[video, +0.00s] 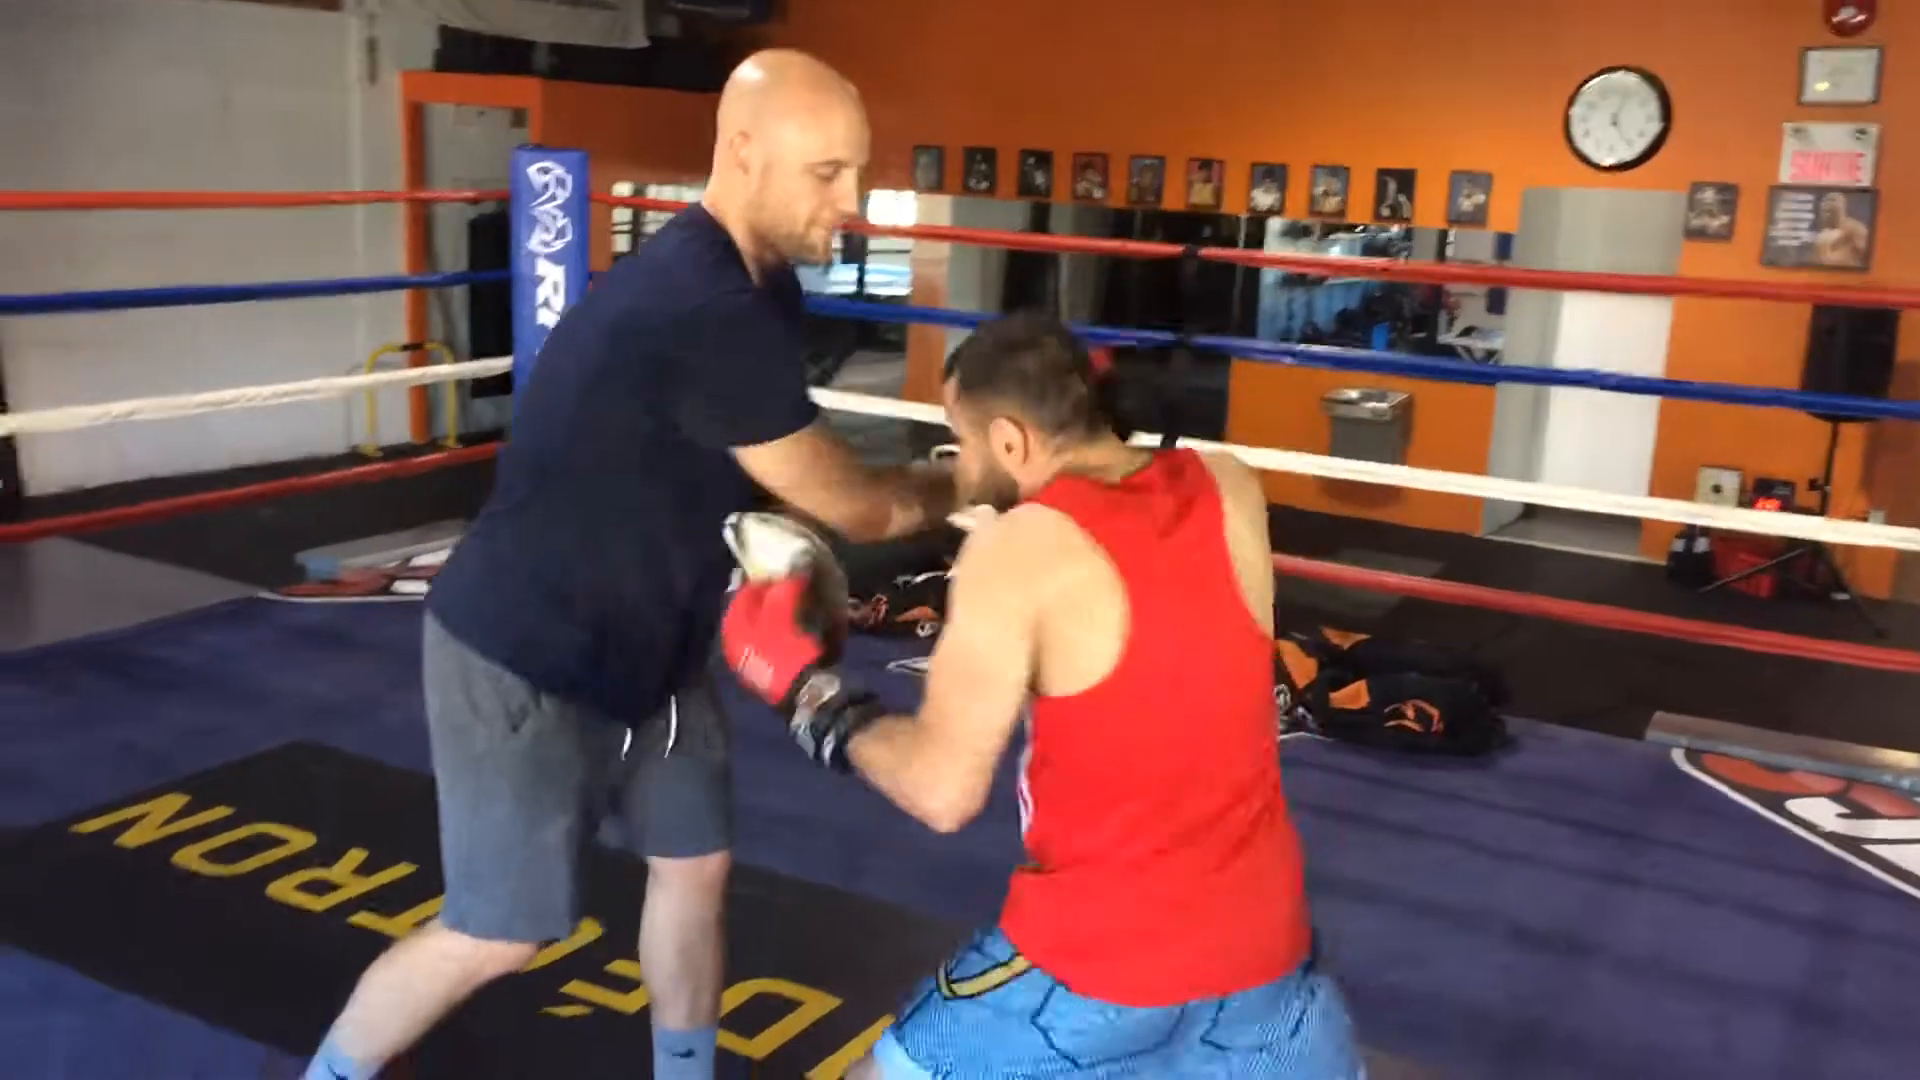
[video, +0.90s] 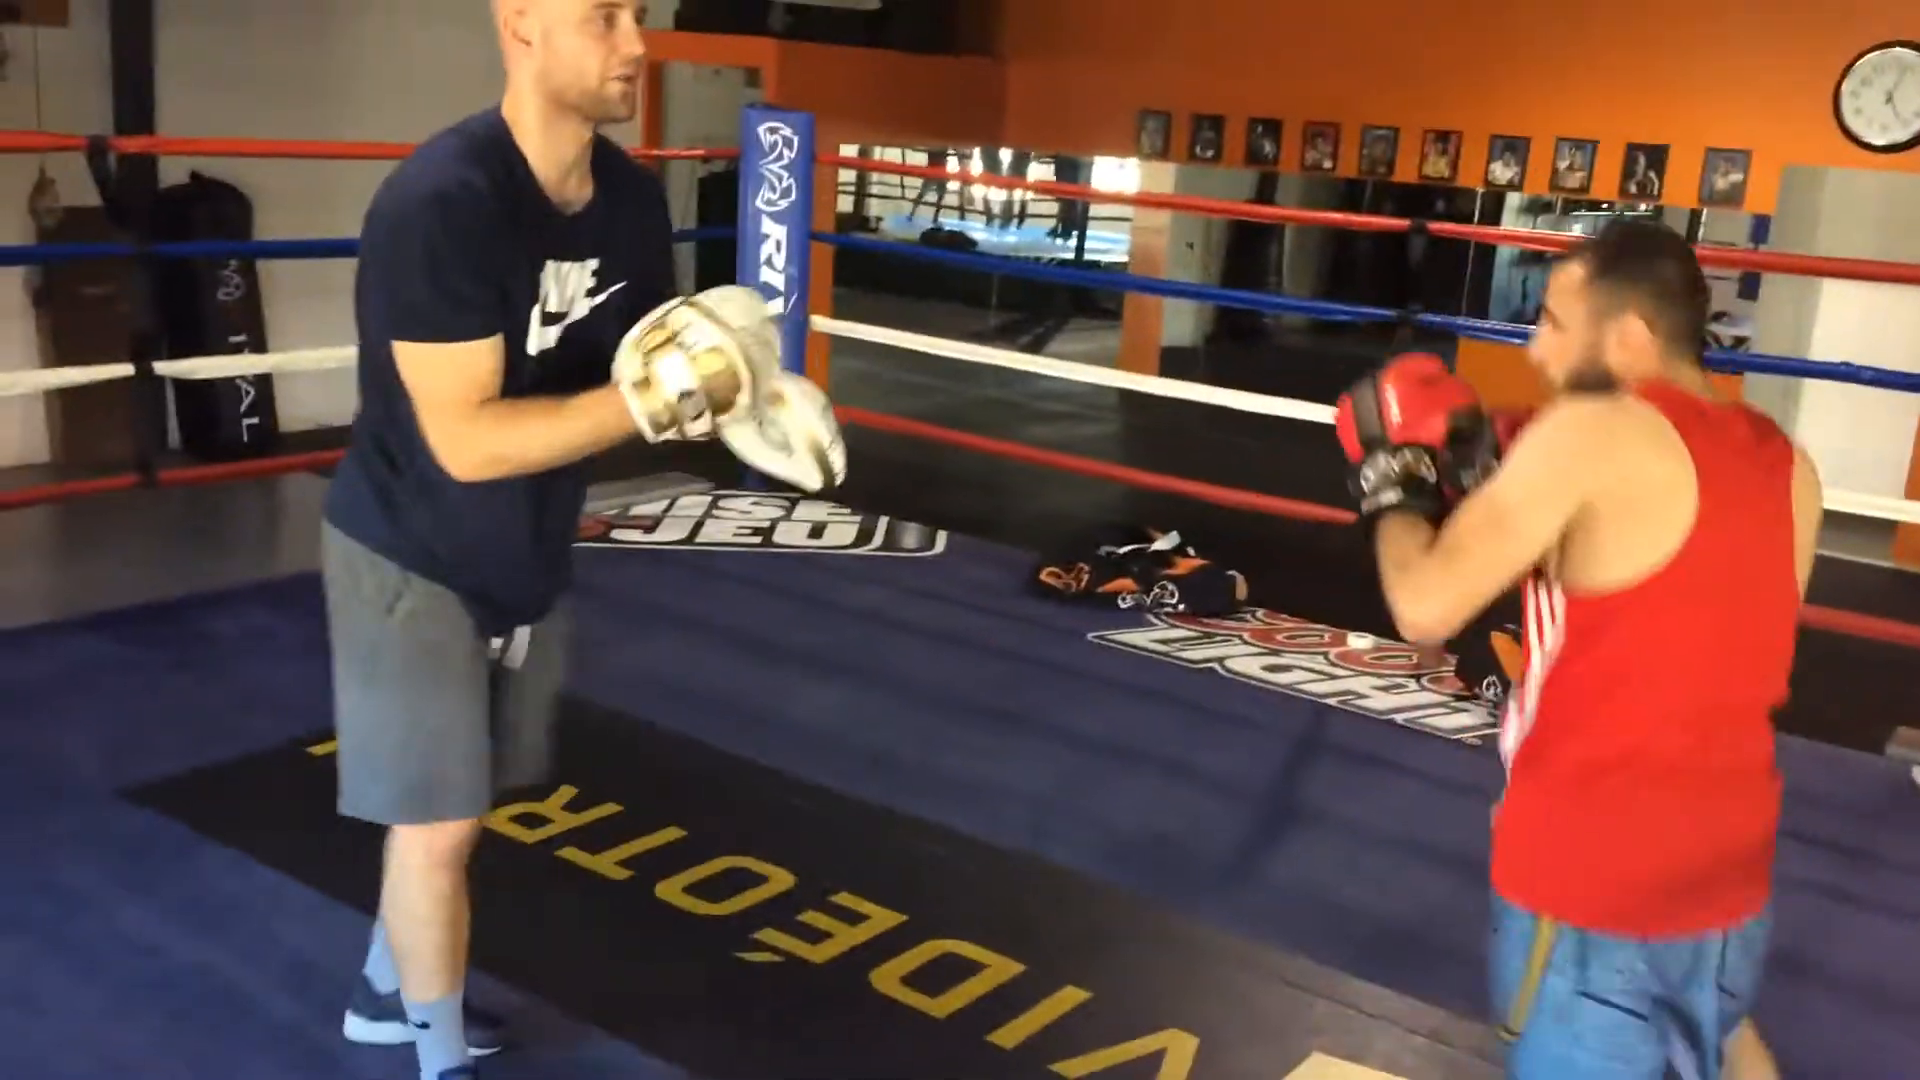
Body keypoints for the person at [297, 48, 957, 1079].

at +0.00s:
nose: (851, 203)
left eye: (859, 174)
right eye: (827, 172)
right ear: (741, 151)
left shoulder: (768, 286)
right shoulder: (699, 300)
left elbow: (754, 480)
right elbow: (856, 507)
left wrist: (824, 561)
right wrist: (953, 486)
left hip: (661, 637)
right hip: (517, 645)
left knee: (692, 862)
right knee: (505, 923)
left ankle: (685, 1071)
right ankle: (327, 1072)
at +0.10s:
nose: (836, 179)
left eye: (843, 151)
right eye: (814, 148)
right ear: (729, 131)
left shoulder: (760, 280)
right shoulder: (664, 277)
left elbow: (759, 483)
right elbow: (763, 514)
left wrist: (775, 587)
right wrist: (901, 516)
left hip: (658, 624)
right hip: (516, 627)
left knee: (701, 843)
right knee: (480, 912)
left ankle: (694, 1071)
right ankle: (309, 1071)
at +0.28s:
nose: (777, 145)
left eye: (783, 116)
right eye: (751, 112)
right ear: (662, 112)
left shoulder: (732, 272)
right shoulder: (572, 267)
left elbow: (734, 464)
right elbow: (583, 525)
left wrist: (747, 594)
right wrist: (781, 566)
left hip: (663, 616)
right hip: (511, 629)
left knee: (718, 849)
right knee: (471, 905)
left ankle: (724, 1069)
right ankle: (320, 1069)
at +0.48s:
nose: (641, 85)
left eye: (641, 56)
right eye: (610, 55)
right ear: (517, 63)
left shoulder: (624, 223)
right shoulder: (416, 249)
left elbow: (615, 392)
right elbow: (400, 491)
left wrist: (707, 498)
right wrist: (608, 533)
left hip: (561, 588)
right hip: (412, 597)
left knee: (630, 812)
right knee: (401, 879)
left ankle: (707, 1041)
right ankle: (339, 1068)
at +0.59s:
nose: (622, 49)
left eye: (624, 21)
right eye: (590, 20)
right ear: (498, 30)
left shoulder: (611, 182)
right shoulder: (402, 222)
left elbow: (610, 351)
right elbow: (401, 464)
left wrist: (682, 439)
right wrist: (606, 480)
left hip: (568, 536)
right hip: (413, 562)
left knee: (639, 752)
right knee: (418, 834)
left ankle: (592, 1000)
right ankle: (379, 1061)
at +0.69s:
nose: (627, 28)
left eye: (624, 5)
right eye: (595, 6)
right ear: (507, 21)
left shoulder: (620, 171)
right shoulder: (420, 200)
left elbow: (605, 323)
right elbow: (434, 449)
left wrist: (693, 389)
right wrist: (640, 430)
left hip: (567, 530)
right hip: (427, 550)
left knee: (622, 744)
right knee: (428, 812)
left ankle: (488, 949)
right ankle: (416, 1058)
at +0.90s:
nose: (636, 43)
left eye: (639, 19)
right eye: (603, 19)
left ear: (644, 29)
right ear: (519, 33)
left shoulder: (630, 198)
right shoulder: (438, 204)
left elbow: (648, 372)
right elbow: (464, 442)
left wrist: (744, 399)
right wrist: (657, 401)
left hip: (526, 546)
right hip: (409, 553)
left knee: (458, 796)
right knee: (440, 817)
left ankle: (386, 993)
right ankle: (445, 1059)